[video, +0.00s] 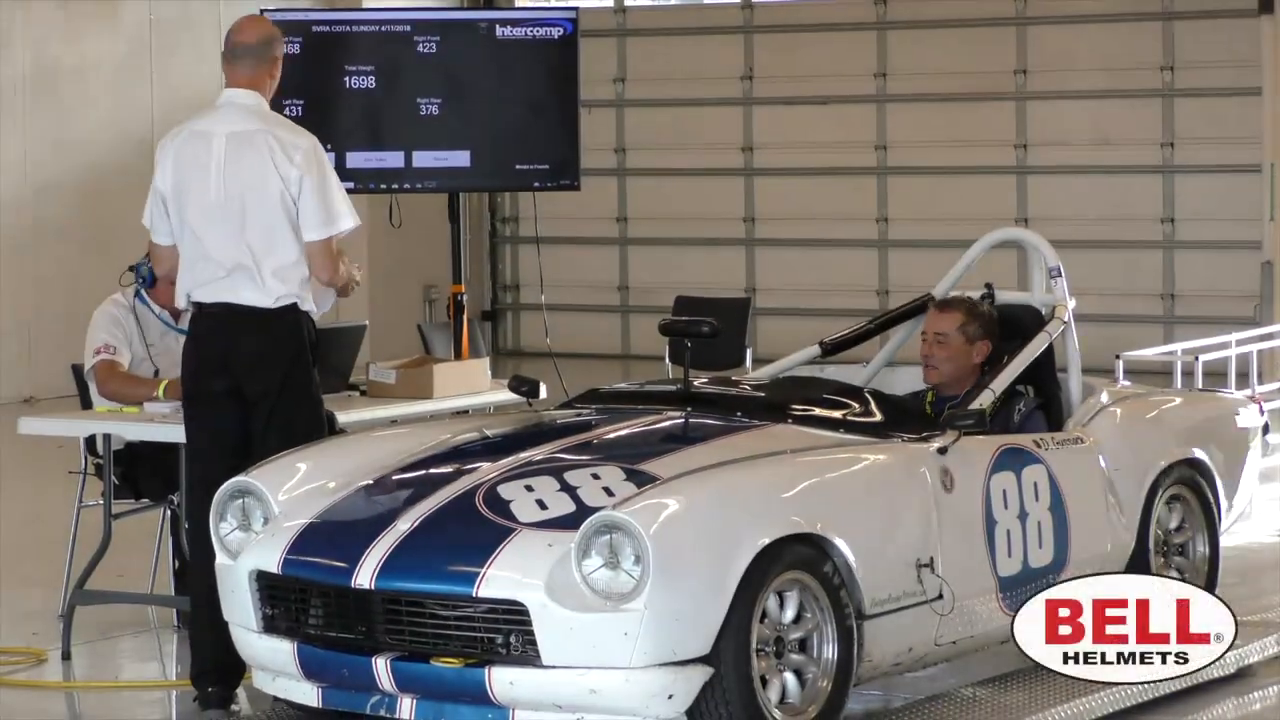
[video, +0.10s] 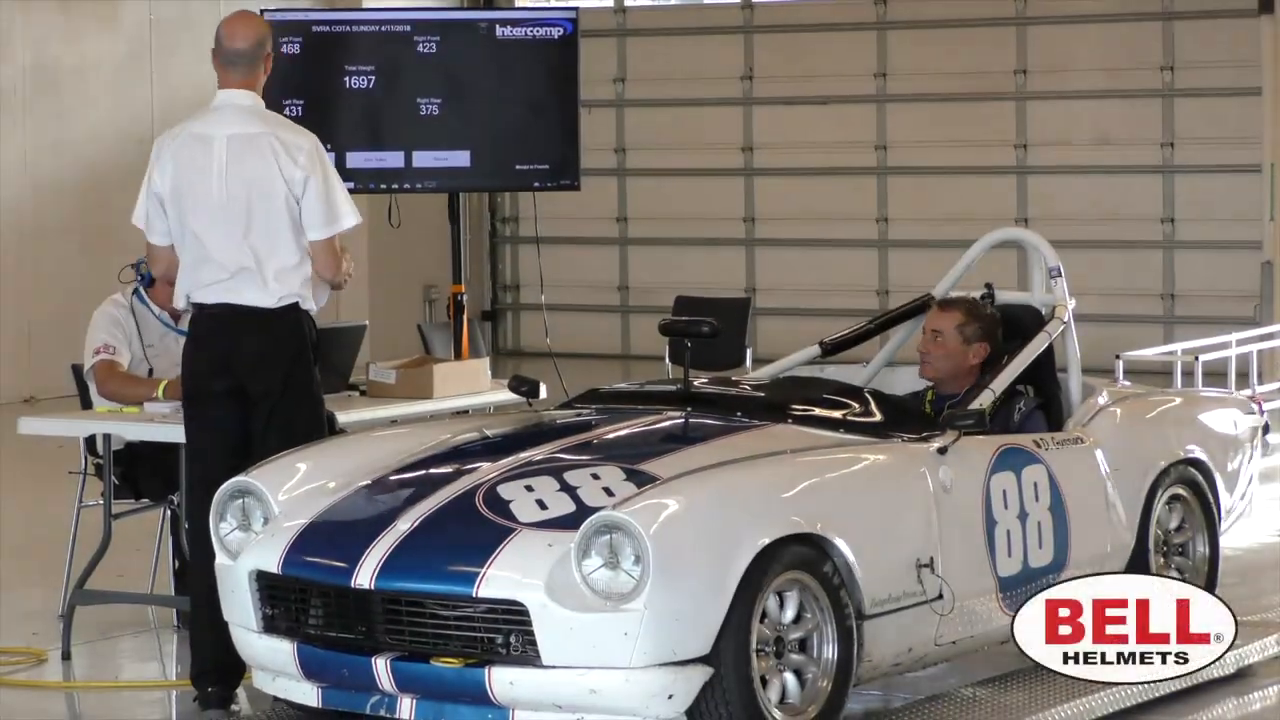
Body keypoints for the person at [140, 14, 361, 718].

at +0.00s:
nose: (279, 74)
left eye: (267, 61)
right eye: (281, 63)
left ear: (223, 64)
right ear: (277, 68)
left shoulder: (176, 144)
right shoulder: (296, 146)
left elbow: (166, 266)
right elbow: (322, 266)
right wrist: (341, 275)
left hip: (206, 339)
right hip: (279, 337)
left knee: (206, 507)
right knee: (293, 494)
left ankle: (212, 683)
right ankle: (293, 675)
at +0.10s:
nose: (268, 66)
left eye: (249, 54)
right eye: (271, 56)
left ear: (213, 63)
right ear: (270, 63)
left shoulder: (171, 145)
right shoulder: (298, 145)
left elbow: (161, 262)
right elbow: (329, 266)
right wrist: (333, 269)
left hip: (208, 338)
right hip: (280, 337)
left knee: (207, 508)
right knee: (294, 495)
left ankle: (213, 684)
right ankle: (293, 676)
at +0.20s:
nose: (266, 67)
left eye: (246, 54)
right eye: (270, 57)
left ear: (213, 63)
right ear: (269, 63)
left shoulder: (171, 146)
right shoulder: (297, 145)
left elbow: (161, 261)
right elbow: (327, 265)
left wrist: (172, 284)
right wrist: (337, 272)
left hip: (208, 339)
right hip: (280, 337)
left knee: (207, 508)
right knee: (295, 495)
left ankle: (213, 684)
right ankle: (293, 676)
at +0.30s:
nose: (261, 68)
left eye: (242, 55)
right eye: (265, 57)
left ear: (209, 63)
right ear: (265, 64)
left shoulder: (167, 146)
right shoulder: (293, 145)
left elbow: (156, 263)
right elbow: (322, 266)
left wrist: (177, 274)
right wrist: (331, 272)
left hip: (204, 338)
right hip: (277, 336)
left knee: (206, 507)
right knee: (289, 496)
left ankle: (213, 684)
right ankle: (288, 676)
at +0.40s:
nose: (266, 70)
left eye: (249, 57)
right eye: (267, 60)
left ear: (209, 66)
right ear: (263, 67)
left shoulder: (166, 147)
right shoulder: (291, 147)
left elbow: (156, 267)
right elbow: (320, 271)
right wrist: (332, 269)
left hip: (203, 341)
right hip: (276, 340)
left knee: (204, 511)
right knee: (294, 497)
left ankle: (213, 684)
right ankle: (293, 675)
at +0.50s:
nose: (324, 73)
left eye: (308, 60)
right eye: (325, 63)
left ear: (269, 65)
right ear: (324, 67)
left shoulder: (224, 142)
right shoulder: (354, 145)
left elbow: (214, 255)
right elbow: (381, 264)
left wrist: (276, 232)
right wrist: (334, 239)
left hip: (253, 332)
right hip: (331, 335)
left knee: (233, 497)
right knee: (323, 493)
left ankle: (219, 677)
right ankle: (320, 673)